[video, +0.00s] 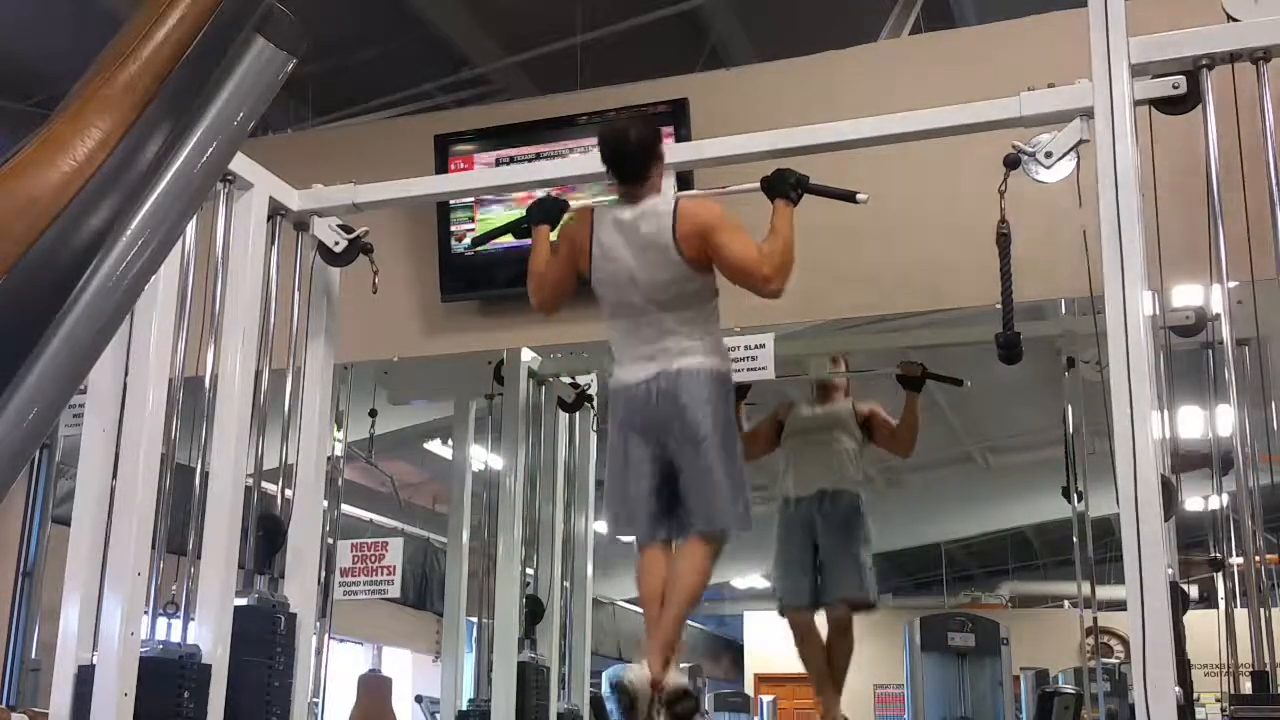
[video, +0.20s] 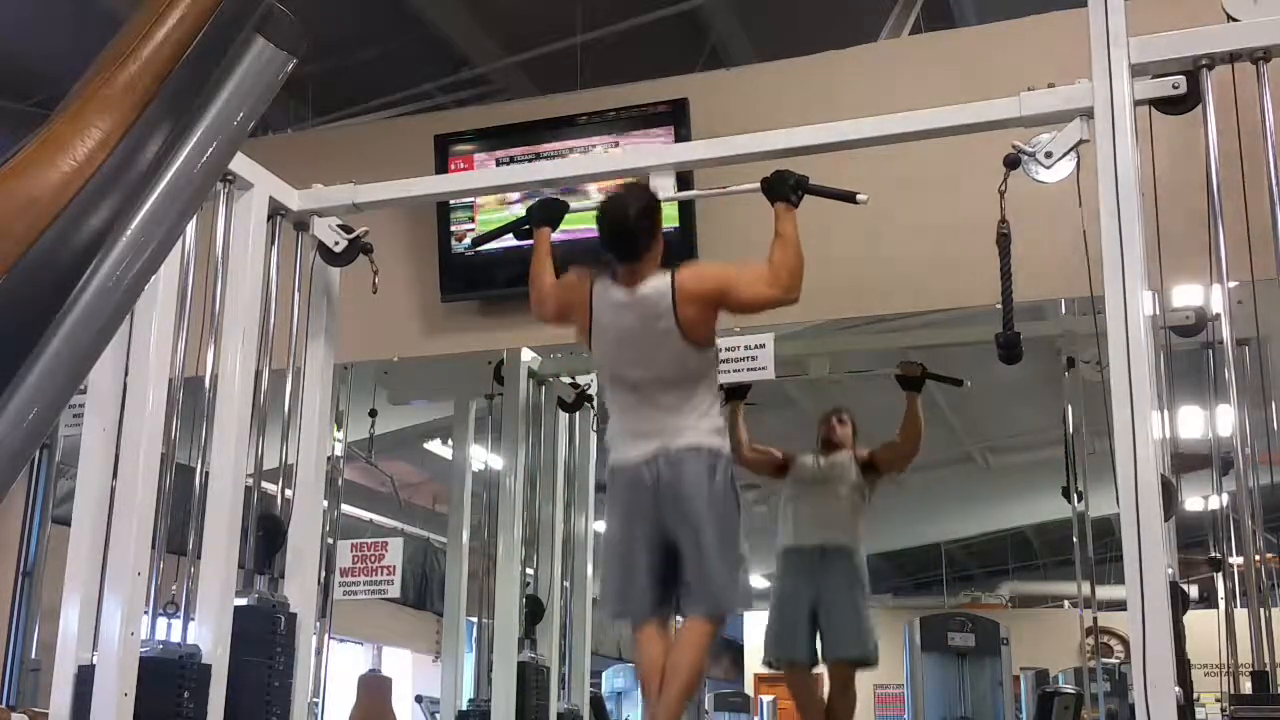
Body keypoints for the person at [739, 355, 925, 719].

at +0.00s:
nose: (828, 370)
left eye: (836, 366)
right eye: (822, 365)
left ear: (847, 379)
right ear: (811, 376)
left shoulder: (862, 411)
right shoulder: (789, 412)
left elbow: (902, 445)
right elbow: (750, 450)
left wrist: (912, 394)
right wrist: (737, 405)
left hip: (842, 510)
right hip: (793, 514)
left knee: (840, 613)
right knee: (797, 615)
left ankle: (830, 706)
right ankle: (829, 707)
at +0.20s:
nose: (834, 422)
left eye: (842, 420)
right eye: (829, 419)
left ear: (853, 434)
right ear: (818, 433)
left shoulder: (861, 463)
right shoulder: (795, 463)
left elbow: (906, 448)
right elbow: (744, 453)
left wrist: (912, 395)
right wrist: (736, 404)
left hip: (841, 564)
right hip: (794, 565)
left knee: (842, 667)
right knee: (794, 667)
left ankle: (838, 714)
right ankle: (817, 715)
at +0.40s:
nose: (831, 461)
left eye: (839, 458)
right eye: (825, 458)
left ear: (852, 472)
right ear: (816, 470)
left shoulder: (862, 497)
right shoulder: (791, 496)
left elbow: (903, 454)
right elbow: (746, 459)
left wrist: (911, 395)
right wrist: (736, 403)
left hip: (841, 602)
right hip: (790, 602)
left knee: (839, 704)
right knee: (788, 704)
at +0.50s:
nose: (831, 462)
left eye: (839, 461)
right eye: (825, 460)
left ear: (851, 475)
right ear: (815, 473)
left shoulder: (860, 499)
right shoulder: (791, 497)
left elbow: (902, 453)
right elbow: (746, 459)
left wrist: (911, 395)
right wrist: (736, 403)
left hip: (842, 605)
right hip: (790, 604)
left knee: (843, 702)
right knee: (785, 701)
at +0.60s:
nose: (830, 453)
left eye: (838, 451)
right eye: (823, 451)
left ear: (850, 466)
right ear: (813, 465)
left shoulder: (861, 490)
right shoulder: (790, 490)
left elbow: (901, 450)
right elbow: (743, 454)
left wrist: (911, 395)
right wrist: (736, 402)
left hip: (840, 595)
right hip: (790, 594)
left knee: (836, 701)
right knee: (786, 700)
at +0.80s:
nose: (829, 418)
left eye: (837, 414)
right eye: (823, 415)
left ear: (851, 428)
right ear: (814, 428)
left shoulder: (861, 454)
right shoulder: (793, 455)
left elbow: (904, 449)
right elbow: (740, 453)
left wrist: (912, 392)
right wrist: (736, 401)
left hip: (840, 551)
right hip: (790, 551)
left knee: (836, 658)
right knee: (781, 652)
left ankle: (825, 717)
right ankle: (809, 715)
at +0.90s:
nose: (828, 394)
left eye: (837, 391)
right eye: (822, 392)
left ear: (851, 406)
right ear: (814, 407)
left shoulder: (862, 432)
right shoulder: (792, 436)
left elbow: (905, 449)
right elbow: (744, 451)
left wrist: (912, 393)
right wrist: (735, 403)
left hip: (840, 526)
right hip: (792, 528)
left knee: (838, 630)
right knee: (782, 626)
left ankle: (825, 713)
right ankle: (814, 710)